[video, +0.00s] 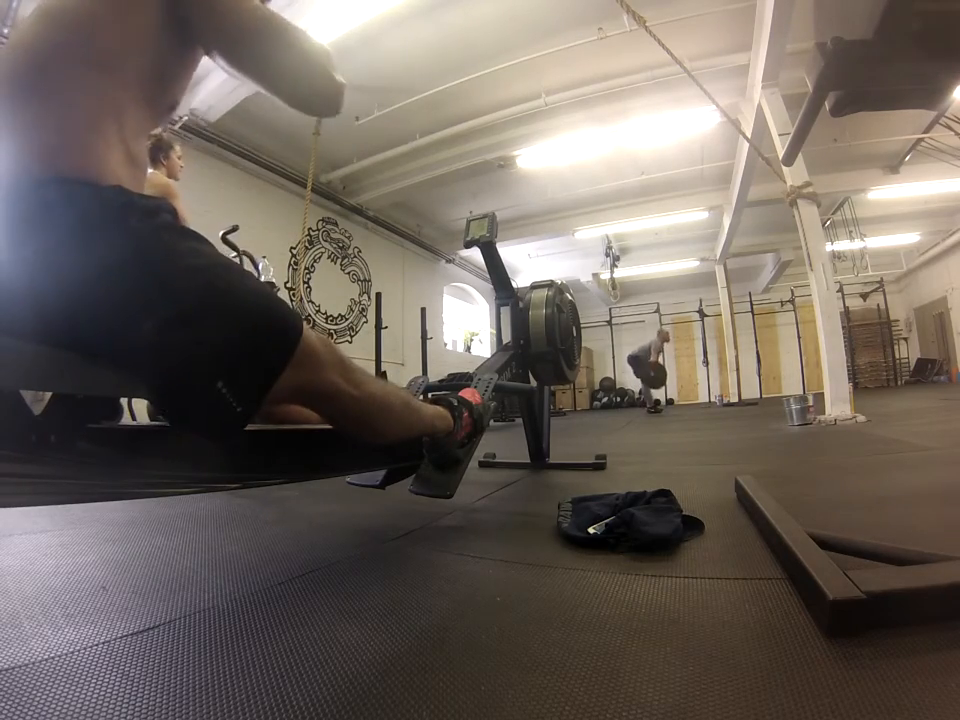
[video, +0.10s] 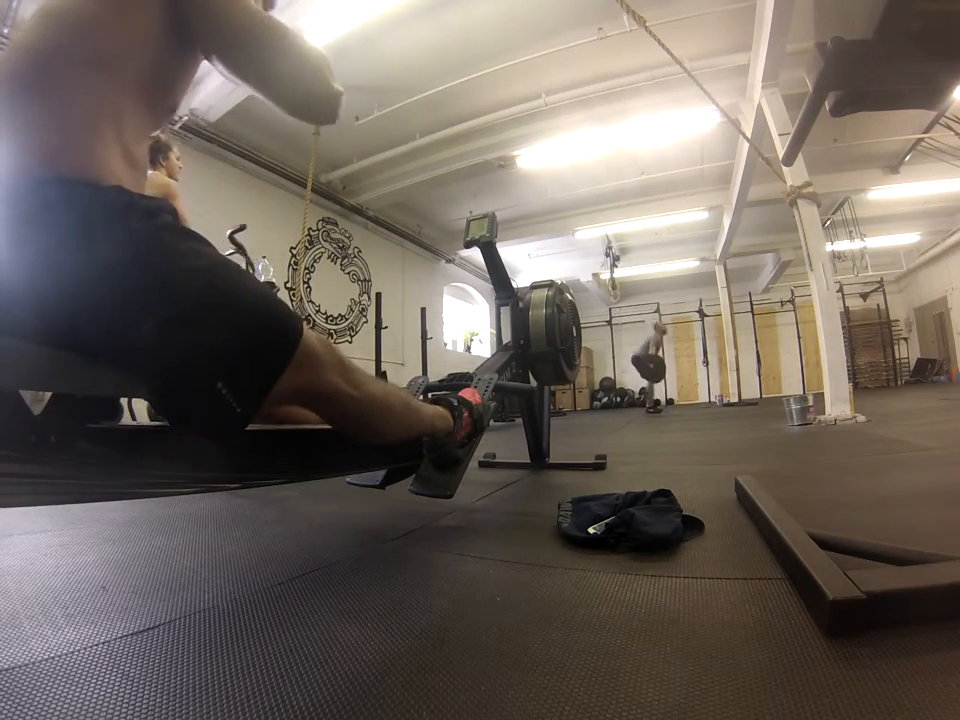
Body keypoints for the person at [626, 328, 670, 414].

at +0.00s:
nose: (668, 336)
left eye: (668, 334)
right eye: (666, 334)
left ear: (660, 335)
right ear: (660, 334)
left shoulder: (659, 344)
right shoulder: (656, 343)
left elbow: (655, 359)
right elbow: (653, 359)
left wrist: (657, 372)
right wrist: (654, 371)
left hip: (639, 358)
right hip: (635, 358)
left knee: (646, 381)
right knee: (645, 381)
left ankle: (650, 404)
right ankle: (650, 405)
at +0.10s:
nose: (665, 328)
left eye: (664, 326)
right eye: (662, 326)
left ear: (658, 329)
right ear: (659, 328)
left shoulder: (658, 338)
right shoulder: (656, 337)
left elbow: (654, 352)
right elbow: (652, 351)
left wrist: (655, 362)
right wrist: (653, 362)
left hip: (643, 358)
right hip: (639, 358)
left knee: (650, 380)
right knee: (650, 379)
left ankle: (650, 403)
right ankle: (649, 405)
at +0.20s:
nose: (655, 323)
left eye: (654, 321)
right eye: (653, 321)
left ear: (647, 323)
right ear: (649, 322)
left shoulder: (649, 332)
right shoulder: (648, 332)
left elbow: (652, 345)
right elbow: (650, 345)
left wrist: (657, 356)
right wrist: (653, 357)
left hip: (649, 359)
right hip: (648, 359)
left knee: (659, 381)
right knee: (658, 381)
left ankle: (653, 402)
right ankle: (650, 405)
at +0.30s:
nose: (645, 317)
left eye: (644, 315)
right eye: (643, 316)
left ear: (639, 319)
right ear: (638, 319)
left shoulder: (643, 328)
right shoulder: (641, 329)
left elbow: (651, 339)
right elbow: (650, 340)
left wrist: (660, 339)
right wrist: (661, 339)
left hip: (650, 355)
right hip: (648, 356)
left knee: (657, 379)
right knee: (656, 379)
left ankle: (652, 403)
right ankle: (651, 405)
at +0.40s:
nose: (646, 318)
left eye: (645, 316)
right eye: (643, 317)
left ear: (639, 319)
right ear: (639, 319)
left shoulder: (644, 327)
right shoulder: (639, 327)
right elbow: (649, 332)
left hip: (650, 355)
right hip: (646, 356)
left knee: (661, 375)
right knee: (661, 376)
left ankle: (650, 398)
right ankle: (649, 399)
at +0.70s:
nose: (672, 349)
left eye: (671, 347)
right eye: (670, 347)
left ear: (667, 349)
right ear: (664, 348)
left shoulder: (664, 359)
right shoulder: (660, 354)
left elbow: (663, 374)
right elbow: (658, 341)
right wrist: (657, 330)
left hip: (653, 381)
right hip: (647, 381)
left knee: (667, 383)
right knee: (666, 382)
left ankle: (659, 404)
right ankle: (658, 405)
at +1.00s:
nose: (674, 357)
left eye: (674, 355)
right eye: (673, 355)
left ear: (667, 356)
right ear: (667, 355)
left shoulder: (667, 366)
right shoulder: (662, 361)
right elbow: (659, 347)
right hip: (648, 388)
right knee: (669, 384)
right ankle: (658, 406)